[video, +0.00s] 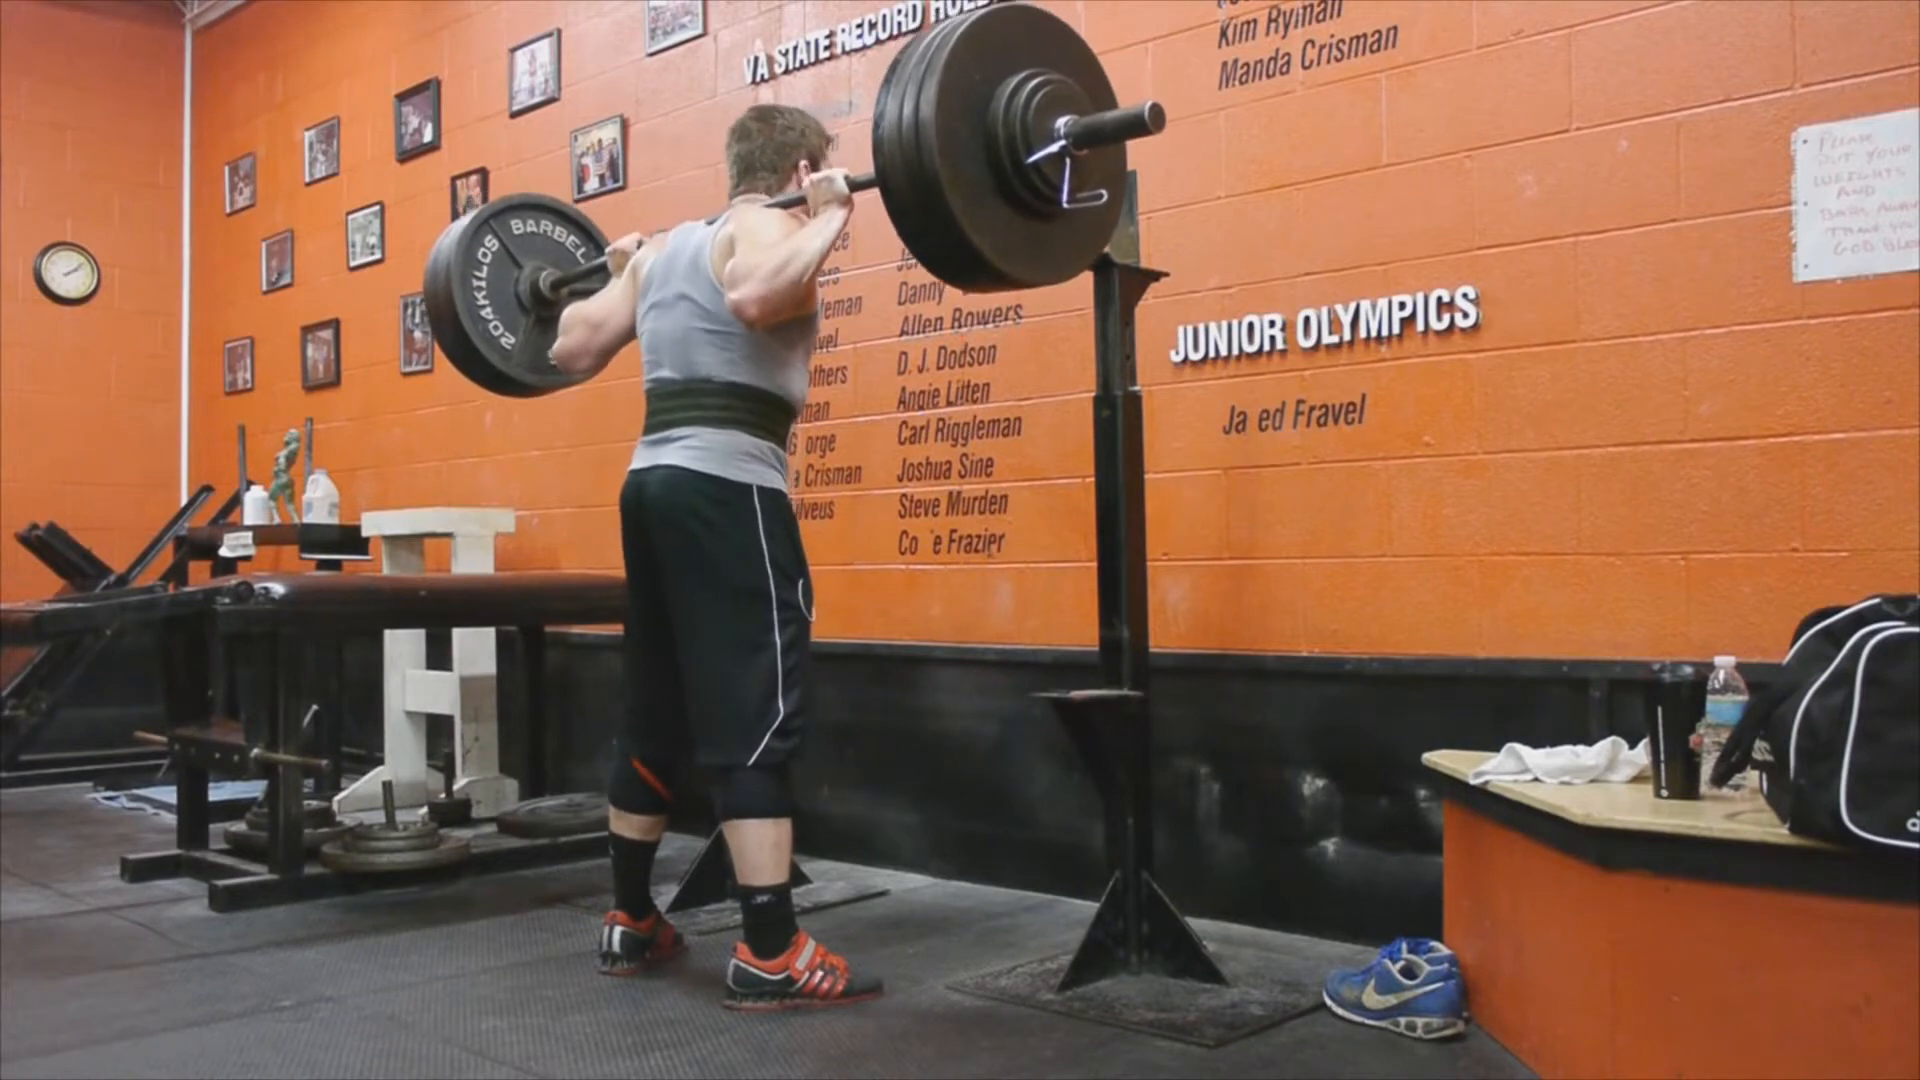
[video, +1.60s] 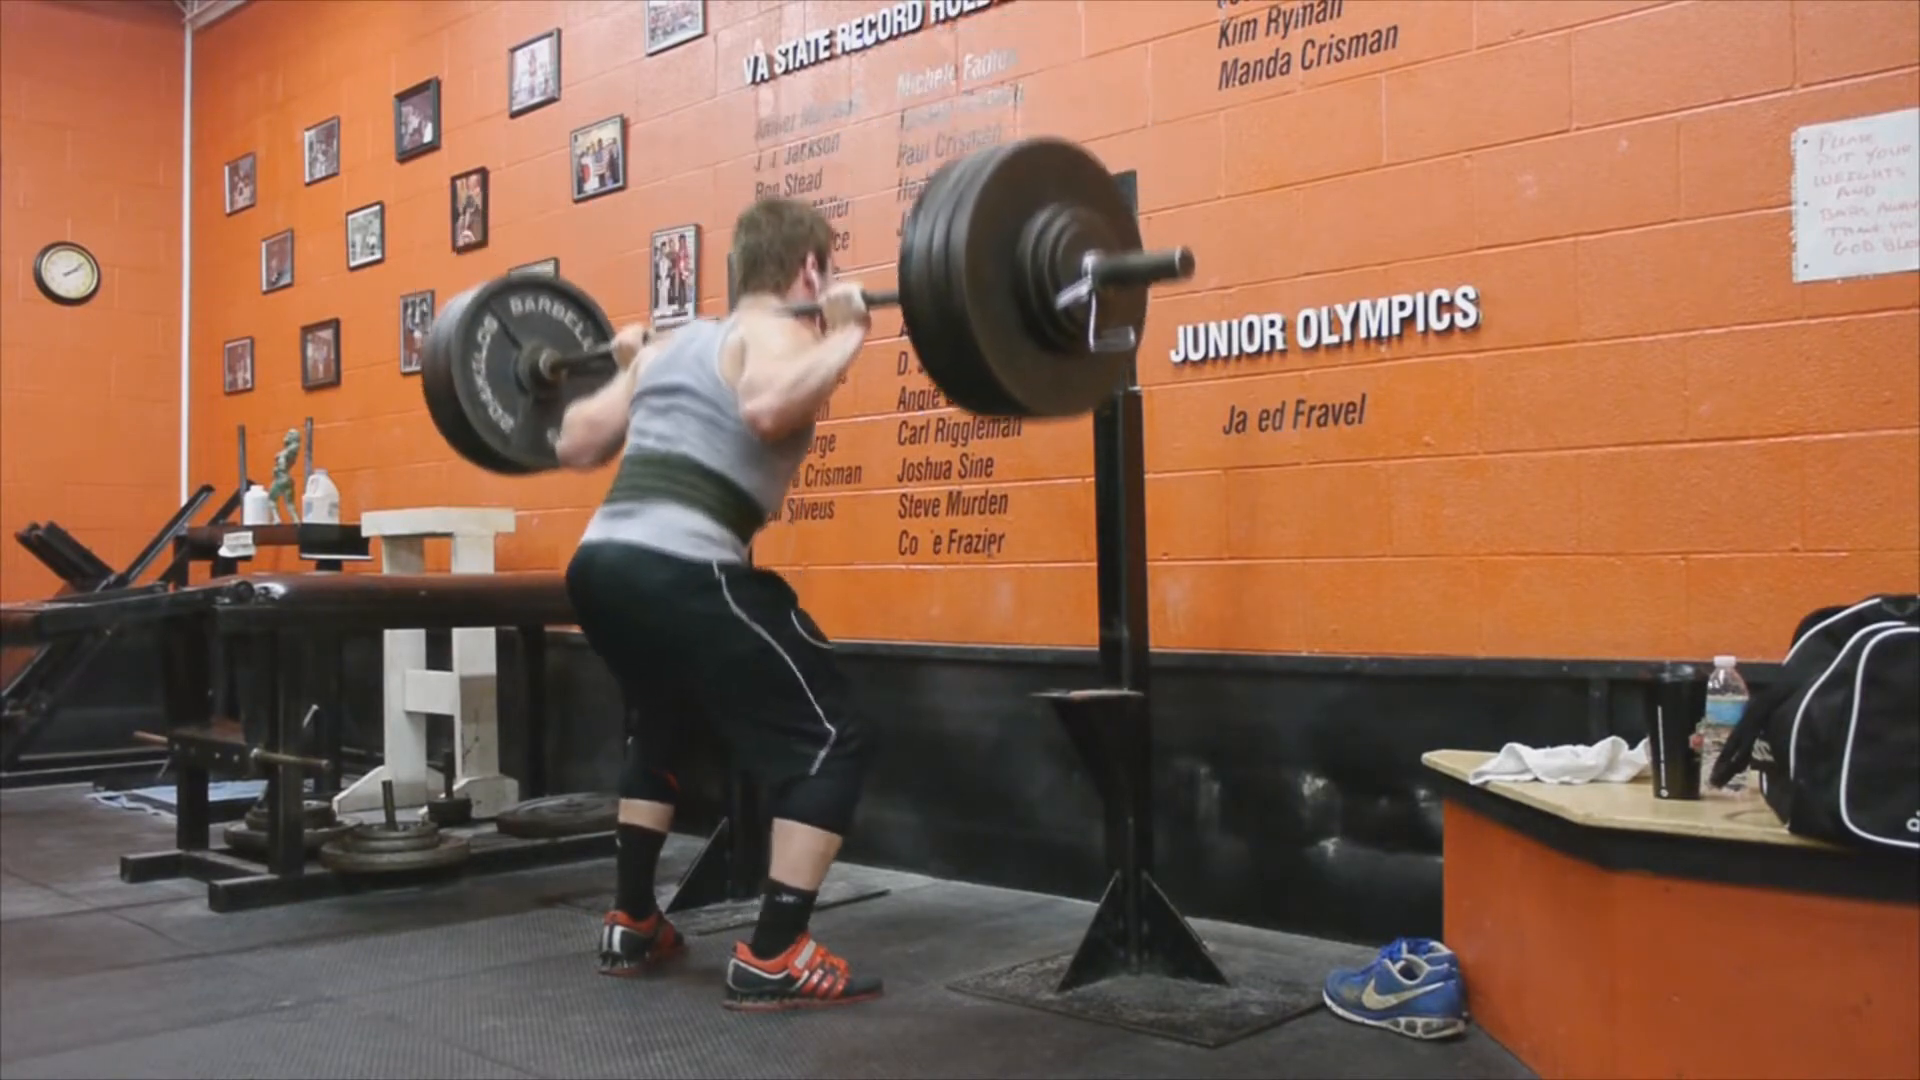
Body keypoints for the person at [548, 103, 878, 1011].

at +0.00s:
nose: (829, 196)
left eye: (830, 180)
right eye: (828, 179)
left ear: (736, 176)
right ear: (801, 173)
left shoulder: (664, 251)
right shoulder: (771, 223)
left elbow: (568, 350)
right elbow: (754, 298)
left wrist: (612, 272)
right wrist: (831, 221)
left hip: (652, 486)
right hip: (728, 487)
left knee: (657, 708)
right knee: (755, 715)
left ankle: (631, 920)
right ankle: (770, 946)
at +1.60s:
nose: (826, 285)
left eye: (825, 272)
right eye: (825, 272)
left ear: (739, 272)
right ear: (806, 271)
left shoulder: (670, 344)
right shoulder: (779, 332)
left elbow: (574, 444)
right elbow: (767, 407)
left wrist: (621, 363)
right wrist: (846, 333)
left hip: (602, 565)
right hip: (689, 571)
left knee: (660, 722)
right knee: (834, 734)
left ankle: (632, 921)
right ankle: (775, 948)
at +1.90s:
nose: (833, 377)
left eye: (831, 363)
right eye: (831, 362)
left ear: (744, 365)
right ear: (811, 366)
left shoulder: (680, 438)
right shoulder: (787, 428)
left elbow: (586, 548)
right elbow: (781, 522)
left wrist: (636, 460)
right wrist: (857, 442)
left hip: (596, 654)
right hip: (686, 663)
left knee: (668, 745)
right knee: (855, 766)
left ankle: (633, 920)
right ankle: (776, 951)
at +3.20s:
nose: (825, 265)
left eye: (823, 252)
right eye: (824, 253)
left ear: (739, 254)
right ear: (805, 251)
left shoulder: (668, 326)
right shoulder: (783, 316)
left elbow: (569, 419)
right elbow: (771, 387)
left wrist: (617, 345)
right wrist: (851, 315)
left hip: (599, 536)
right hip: (688, 543)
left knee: (666, 712)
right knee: (811, 717)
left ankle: (633, 919)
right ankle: (775, 947)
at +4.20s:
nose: (835, 373)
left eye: (837, 361)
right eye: (834, 360)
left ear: (744, 363)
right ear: (815, 363)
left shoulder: (675, 434)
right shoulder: (789, 427)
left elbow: (579, 540)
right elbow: (790, 515)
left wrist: (625, 454)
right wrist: (864, 440)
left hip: (594, 642)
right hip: (687, 654)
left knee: (665, 735)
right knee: (853, 750)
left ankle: (634, 920)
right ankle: (776, 949)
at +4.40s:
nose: (833, 451)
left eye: (833, 436)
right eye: (831, 436)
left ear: (743, 442)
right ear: (813, 443)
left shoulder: (675, 515)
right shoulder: (792, 516)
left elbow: (587, 621)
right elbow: (796, 610)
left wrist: (627, 533)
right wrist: (868, 525)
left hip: (599, 736)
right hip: (696, 749)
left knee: (675, 751)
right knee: (870, 782)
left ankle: (634, 918)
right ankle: (776, 951)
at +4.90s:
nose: (837, 443)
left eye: (835, 428)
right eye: (835, 428)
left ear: (746, 432)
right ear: (817, 432)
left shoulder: (674, 503)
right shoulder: (798, 498)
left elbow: (574, 594)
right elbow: (786, 582)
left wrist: (626, 516)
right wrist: (867, 505)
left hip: (600, 713)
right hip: (698, 721)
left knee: (674, 751)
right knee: (860, 768)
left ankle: (634, 917)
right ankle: (775, 950)